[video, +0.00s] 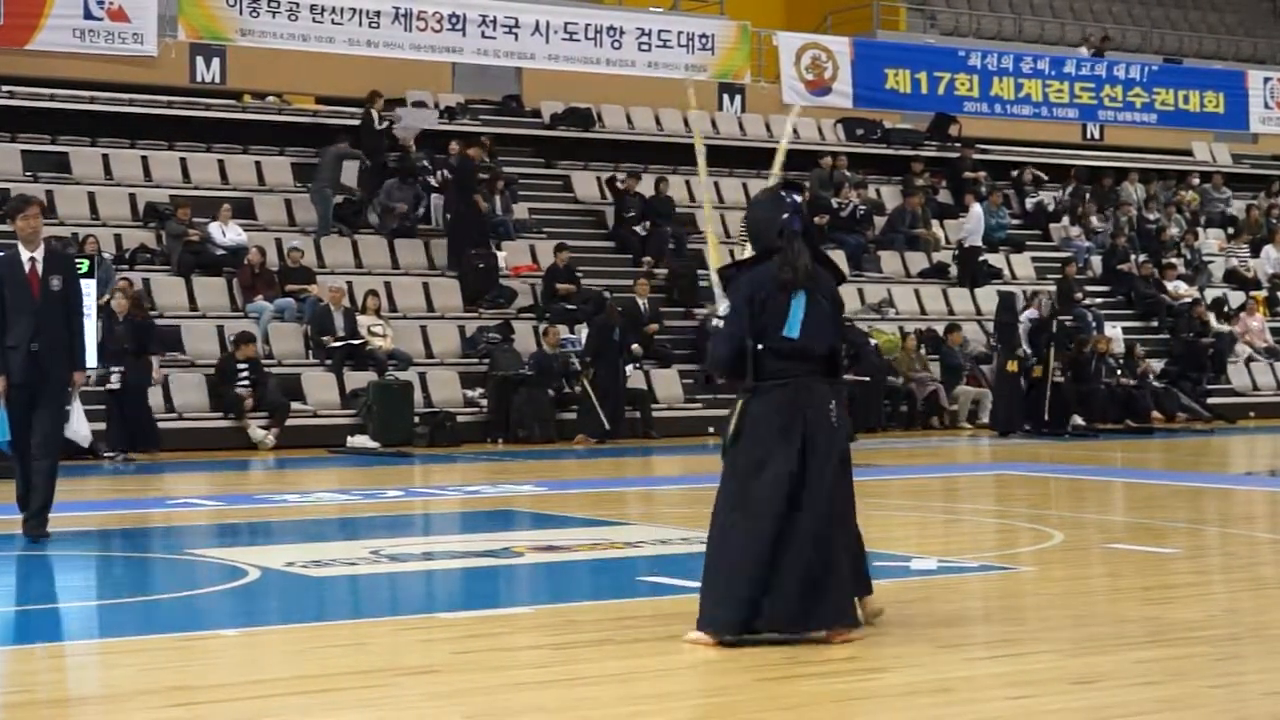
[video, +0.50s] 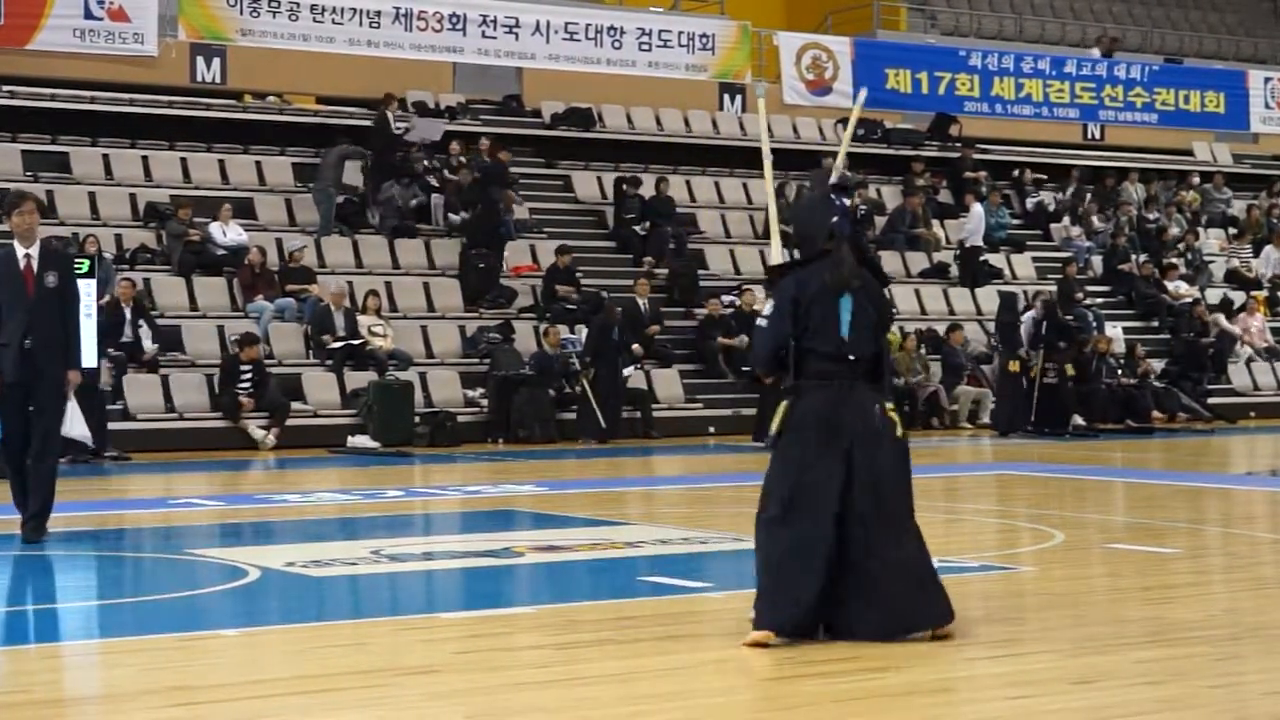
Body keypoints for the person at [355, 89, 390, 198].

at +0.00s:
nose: (383, 104)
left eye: (383, 101)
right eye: (381, 101)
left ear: (373, 101)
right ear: (375, 100)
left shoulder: (370, 113)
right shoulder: (372, 113)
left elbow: (375, 126)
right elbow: (375, 128)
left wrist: (387, 120)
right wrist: (388, 122)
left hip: (371, 148)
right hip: (373, 149)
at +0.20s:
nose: (385, 104)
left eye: (385, 101)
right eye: (385, 101)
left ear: (374, 101)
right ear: (380, 101)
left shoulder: (370, 113)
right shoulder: (377, 113)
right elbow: (380, 131)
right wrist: (394, 129)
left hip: (370, 147)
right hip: (376, 147)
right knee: (381, 171)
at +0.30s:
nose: (388, 104)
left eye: (388, 102)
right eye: (387, 101)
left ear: (377, 102)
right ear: (382, 102)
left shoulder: (374, 115)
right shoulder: (379, 115)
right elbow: (382, 133)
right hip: (379, 148)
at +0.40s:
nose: (393, 106)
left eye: (393, 103)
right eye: (392, 103)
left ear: (382, 103)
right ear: (387, 103)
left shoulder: (377, 114)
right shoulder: (383, 115)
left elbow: (386, 134)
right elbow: (386, 135)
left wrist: (401, 132)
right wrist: (405, 145)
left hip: (376, 151)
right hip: (381, 153)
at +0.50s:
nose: (396, 106)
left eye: (396, 103)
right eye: (395, 103)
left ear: (387, 103)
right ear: (390, 103)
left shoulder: (381, 114)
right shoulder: (387, 115)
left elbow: (389, 133)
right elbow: (390, 134)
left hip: (380, 148)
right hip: (385, 150)